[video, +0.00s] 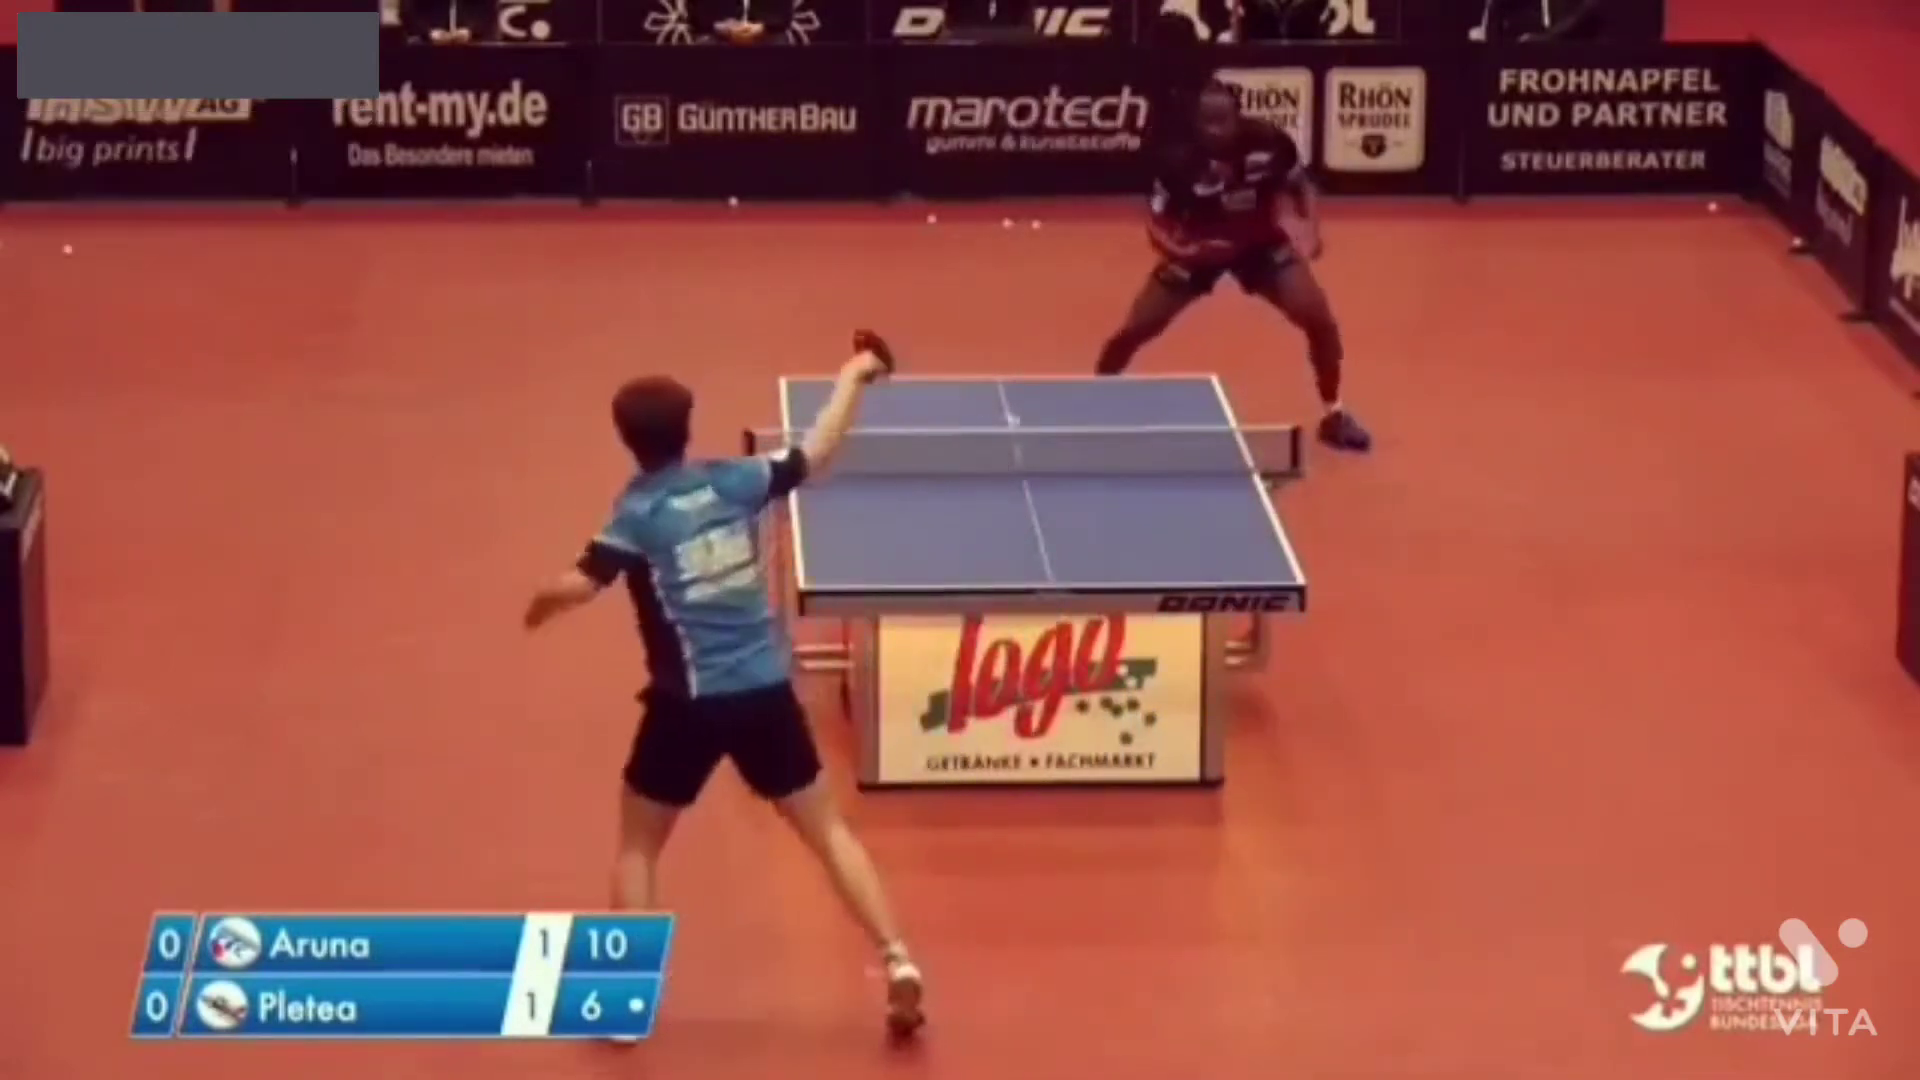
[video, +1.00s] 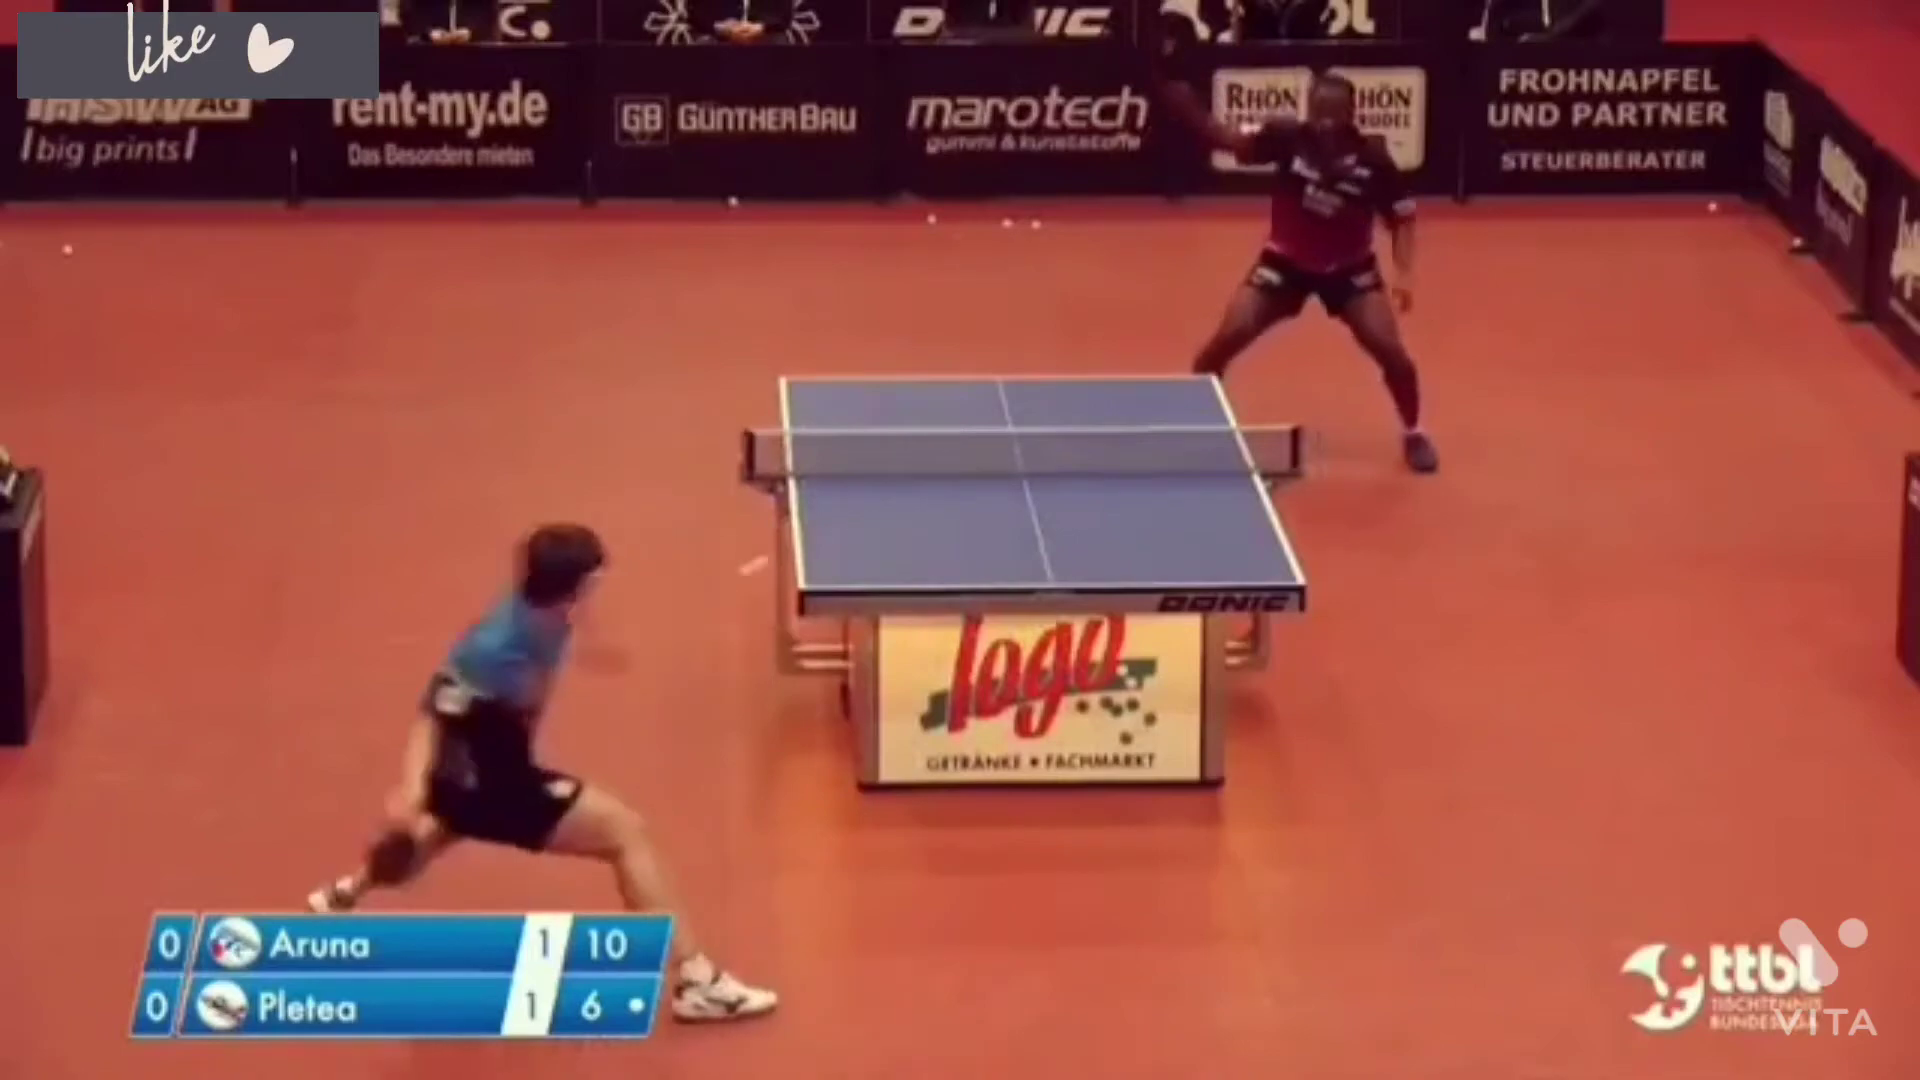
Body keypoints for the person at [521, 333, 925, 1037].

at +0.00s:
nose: (627, 439)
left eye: (627, 430)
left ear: (629, 442)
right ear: (686, 429)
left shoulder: (637, 512)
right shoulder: (734, 482)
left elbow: (582, 584)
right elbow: (814, 455)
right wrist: (852, 375)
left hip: (687, 705)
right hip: (765, 694)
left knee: (639, 845)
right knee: (828, 829)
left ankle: (627, 990)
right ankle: (898, 956)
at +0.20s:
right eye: (685, 426)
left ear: (628, 440)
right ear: (691, 435)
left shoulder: (612, 519)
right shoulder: (730, 501)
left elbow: (580, 602)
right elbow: (829, 535)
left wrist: (558, 661)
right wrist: (842, 465)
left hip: (653, 715)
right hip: (737, 710)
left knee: (603, 835)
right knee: (794, 834)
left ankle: (614, 981)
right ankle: (821, 984)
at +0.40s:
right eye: (718, 469)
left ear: (659, 477)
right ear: (719, 482)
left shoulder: (613, 537)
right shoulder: (736, 569)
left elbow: (540, 584)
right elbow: (781, 642)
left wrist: (571, 609)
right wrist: (815, 600)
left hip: (600, 738)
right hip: (685, 748)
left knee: (551, 837)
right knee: (763, 865)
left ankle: (511, 972)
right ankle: (778, 1016)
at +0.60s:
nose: (741, 480)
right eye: (740, 472)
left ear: (675, 478)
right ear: (734, 486)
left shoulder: (625, 519)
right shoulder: (733, 576)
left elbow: (561, 548)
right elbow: (754, 673)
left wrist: (610, 567)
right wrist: (806, 656)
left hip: (556, 712)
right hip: (633, 733)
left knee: (521, 802)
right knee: (751, 821)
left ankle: (454, 918)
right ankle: (716, 971)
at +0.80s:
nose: (735, 555)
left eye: (731, 545)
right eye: (732, 549)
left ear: (673, 545)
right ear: (720, 563)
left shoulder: (653, 575)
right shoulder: (671, 647)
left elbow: (714, 599)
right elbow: (645, 756)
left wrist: (779, 626)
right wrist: (707, 818)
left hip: (513, 731)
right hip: (564, 766)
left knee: (490, 834)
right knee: (702, 829)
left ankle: (370, 906)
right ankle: (704, 980)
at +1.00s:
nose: (592, 590)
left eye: (591, 580)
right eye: (589, 581)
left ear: (541, 579)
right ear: (570, 591)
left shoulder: (546, 621)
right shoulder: (497, 643)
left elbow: (556, 658)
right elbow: (431, 714)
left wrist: (594, 659)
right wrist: (412, 795)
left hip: (466, 776)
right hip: (493, 791)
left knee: (422, 840)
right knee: (624, 831)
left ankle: (341, 896)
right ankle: (694, 978)